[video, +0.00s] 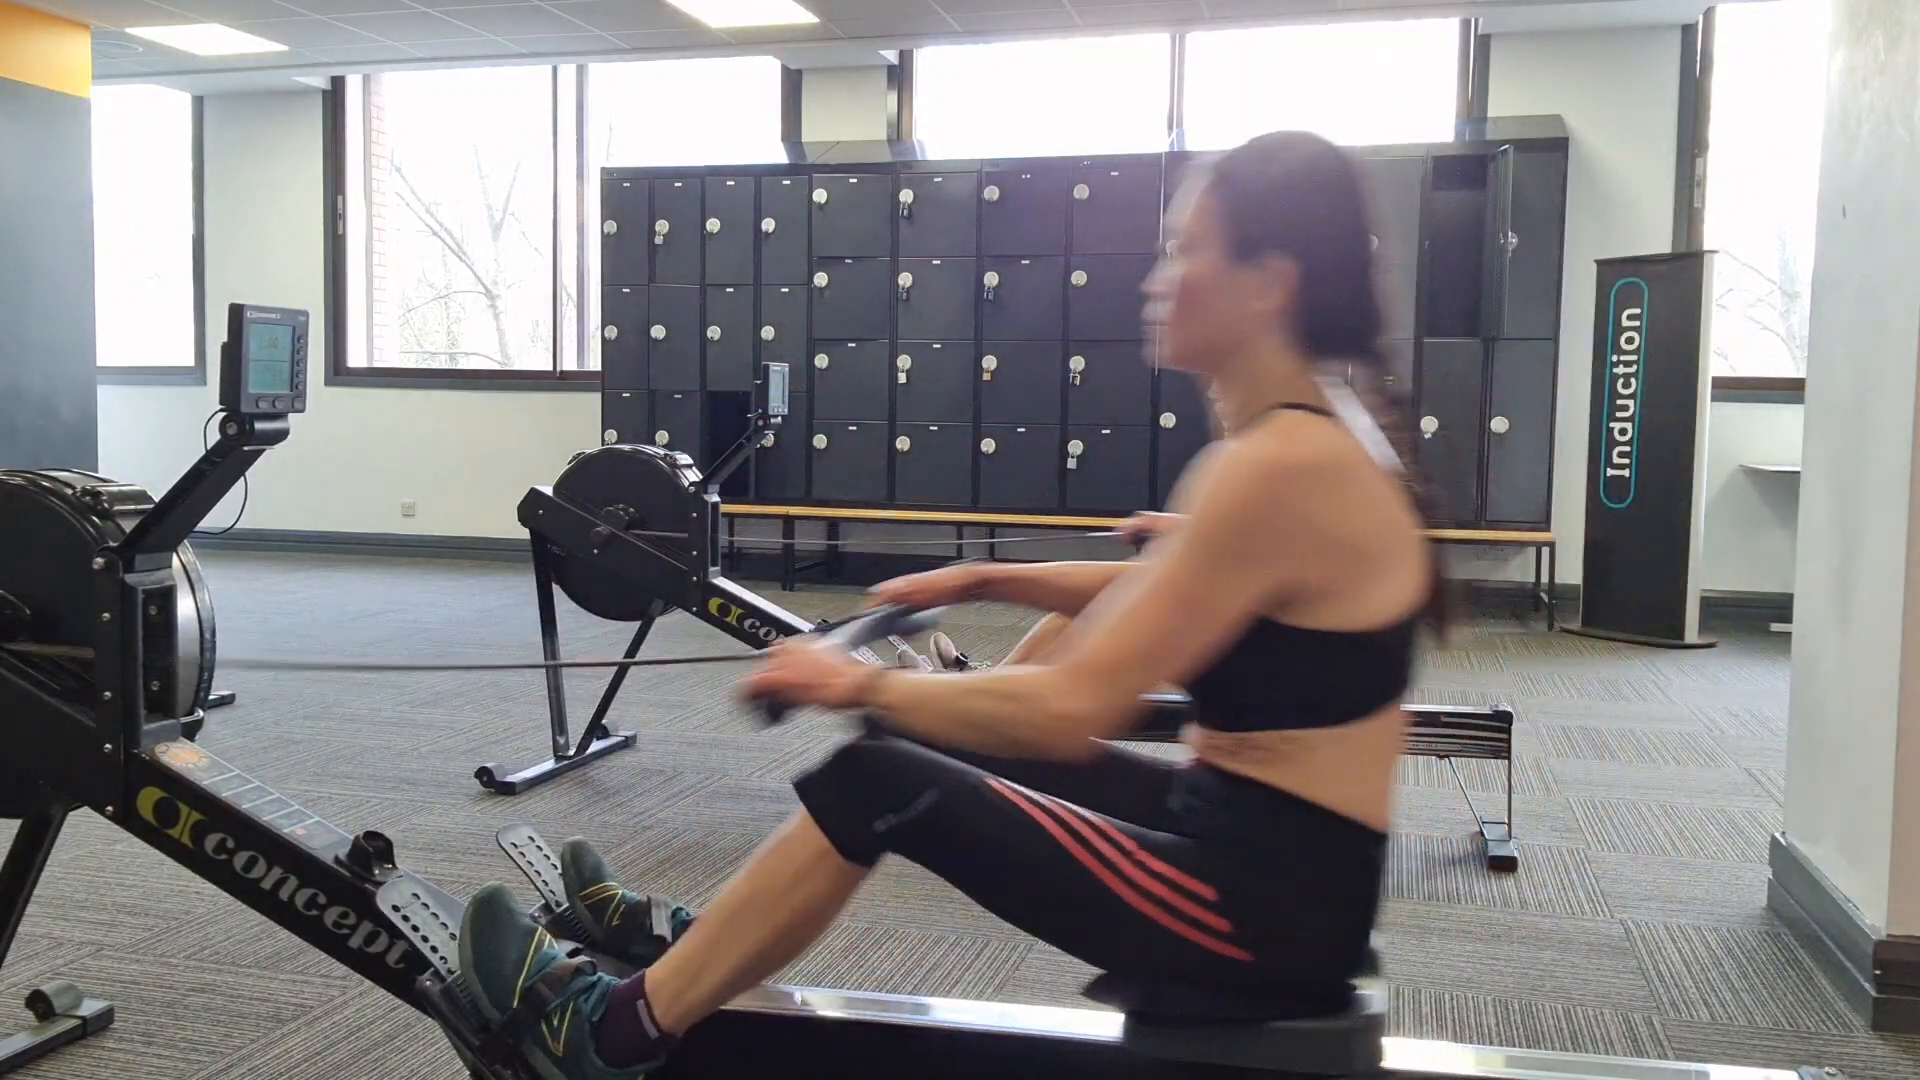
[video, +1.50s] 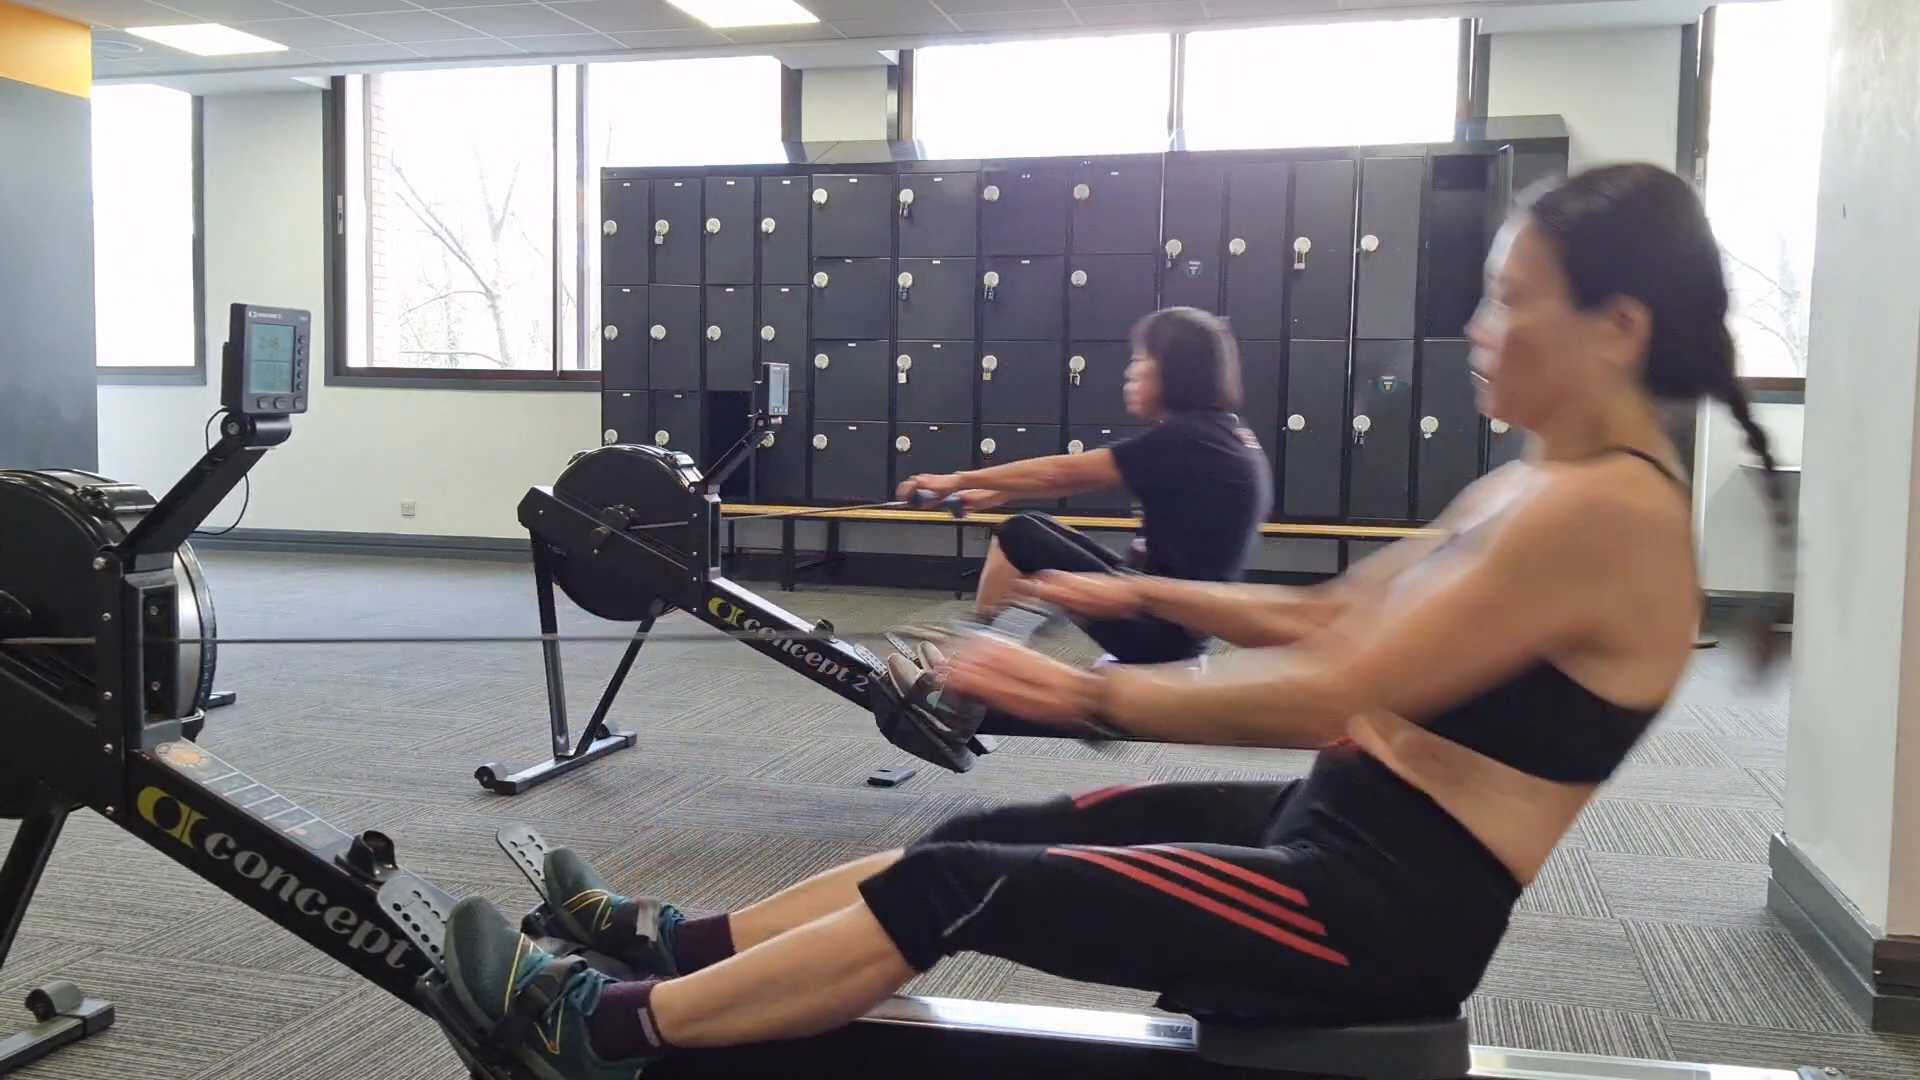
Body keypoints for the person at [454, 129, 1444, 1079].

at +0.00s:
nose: (1155, 283)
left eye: (1182, 255)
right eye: (1164, 254)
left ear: (1272, 280)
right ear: (1265, 283)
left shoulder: (1277, 469)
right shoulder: (1284, 443)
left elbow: (1066, 713)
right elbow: (1172, 586)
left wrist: (857, 680)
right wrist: (992, 577)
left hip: (1266, 901)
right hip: (1257, 845)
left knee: (881, 781)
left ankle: (636, 1025)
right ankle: (695, 961)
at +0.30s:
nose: (899, 298)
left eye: (922, 276)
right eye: (909, 273)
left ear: (996, 308)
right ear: (998, 311)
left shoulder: (982, 479)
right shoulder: (1068, 449)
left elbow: (725, 665)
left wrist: (535, 753)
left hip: (1078, 898)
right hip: (1129, 867)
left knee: (754, 706)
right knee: (816, 658)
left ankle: (612, 1015)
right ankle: (692, 939)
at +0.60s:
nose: (696, 336)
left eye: (712, 315)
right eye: (707, 311)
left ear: (773, 348)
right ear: (823, 359)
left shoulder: (780, 494)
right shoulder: (913, 474)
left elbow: (486, 638)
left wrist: (285, 725)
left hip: (949, 891)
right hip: (1032, 875)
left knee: (662, 668)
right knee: (733, 657)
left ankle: (609, 1011)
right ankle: (687, 933)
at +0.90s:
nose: (816, 309)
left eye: (835, 285)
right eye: (824, 284)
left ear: (912, 317)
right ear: (928, 320)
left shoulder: (888, 470)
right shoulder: (1019, 439)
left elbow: (608, 589)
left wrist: (415, 657)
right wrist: (682, 580)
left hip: (1019, 889)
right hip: (1087, 864)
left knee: (726, 675)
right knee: (771, 641)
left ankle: (609, 999)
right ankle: (683, 951)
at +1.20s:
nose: (1153, 274)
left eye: (1182, 249)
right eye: (1163, 247)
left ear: (1270, 284)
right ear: (1266, 287)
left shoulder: (1222, 455)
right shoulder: (1295, 426)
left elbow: (936, 585)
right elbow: (987, 556)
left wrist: (715, 643)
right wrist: (820, 576)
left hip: (1262, 877)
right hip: (1256, 815)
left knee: (897, 773)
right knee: (919, 730)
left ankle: (615, 1021)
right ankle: (673, 968)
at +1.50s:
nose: (1481, 333)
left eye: (1511, 306)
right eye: (1489, 303)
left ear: (1619, 328)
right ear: (1585, 327)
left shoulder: (1598, 509)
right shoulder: (1536, 479)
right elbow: (1336, 625)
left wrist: (1089, 697)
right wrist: (1122, 602)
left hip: (1378, 900)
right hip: (1330, 833)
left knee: (969, 874)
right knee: (967, 840)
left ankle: (621, 1029)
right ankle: (669, 953)